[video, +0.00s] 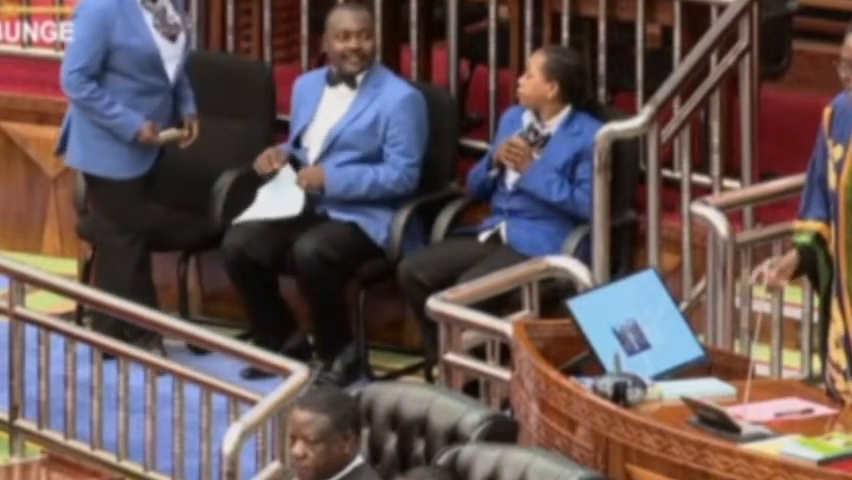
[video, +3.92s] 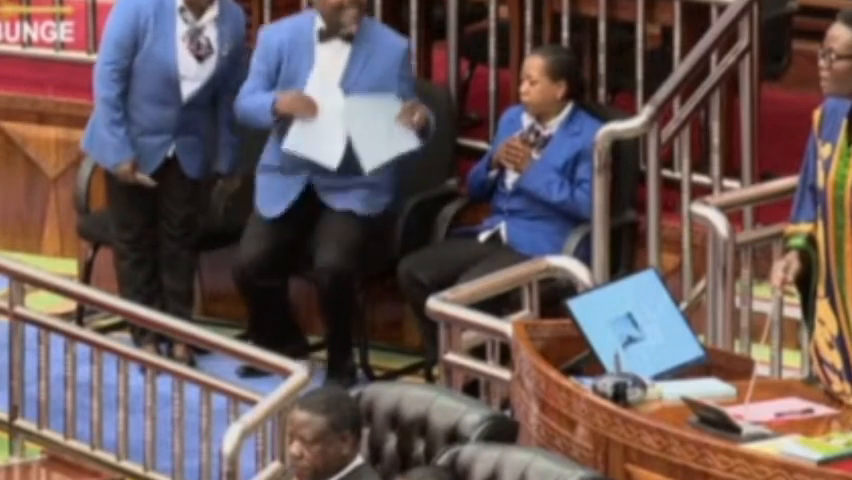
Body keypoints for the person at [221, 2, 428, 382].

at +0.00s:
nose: (354, 46)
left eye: (363, 36)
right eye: (343, 37)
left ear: (375, 41)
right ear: (325, 43)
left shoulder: (400, 98)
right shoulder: (307, 86)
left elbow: (403, 177)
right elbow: (302, 147)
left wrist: (329, 179)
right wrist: (279, 156)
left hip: (365, 216)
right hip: (304, 208)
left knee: (311, 253)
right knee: (240, 247)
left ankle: (336, 354)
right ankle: (281, 342)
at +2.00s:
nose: (374, 50)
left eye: (380, 41)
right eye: (363, 41)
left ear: (390, 45)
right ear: (340, 48)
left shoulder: (411, 103)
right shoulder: (308, 89)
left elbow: (410, 181)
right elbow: (286, 148)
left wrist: (340, 181)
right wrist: (297, 170)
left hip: (366, 219)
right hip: (302, 211)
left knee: (317, 257)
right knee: (235, 248)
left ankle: (340, 357)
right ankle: (282, 344)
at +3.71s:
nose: (331, 47)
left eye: (337, 36)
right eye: (319, 39)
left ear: (347, 36)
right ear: (297, 43)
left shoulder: (377, 89)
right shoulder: (262, 78)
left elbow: (399, 152)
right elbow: (232, 136)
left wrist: (390, 167)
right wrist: (252, 146)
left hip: (347, 204)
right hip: (282, 200)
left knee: (325, 264)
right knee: (238, 266)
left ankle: (337, 364)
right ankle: (281, 351)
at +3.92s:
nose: (354, 9)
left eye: (359, 3)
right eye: (344, 3)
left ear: (366, 4)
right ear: (317, 5)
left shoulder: (392, 48)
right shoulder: (278, 37)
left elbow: (406, 126)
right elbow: (245, 104)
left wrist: (418, 120)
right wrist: (277, 104)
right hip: (288, 179)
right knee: (253, 264)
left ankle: (340, 365)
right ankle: (282, 350)